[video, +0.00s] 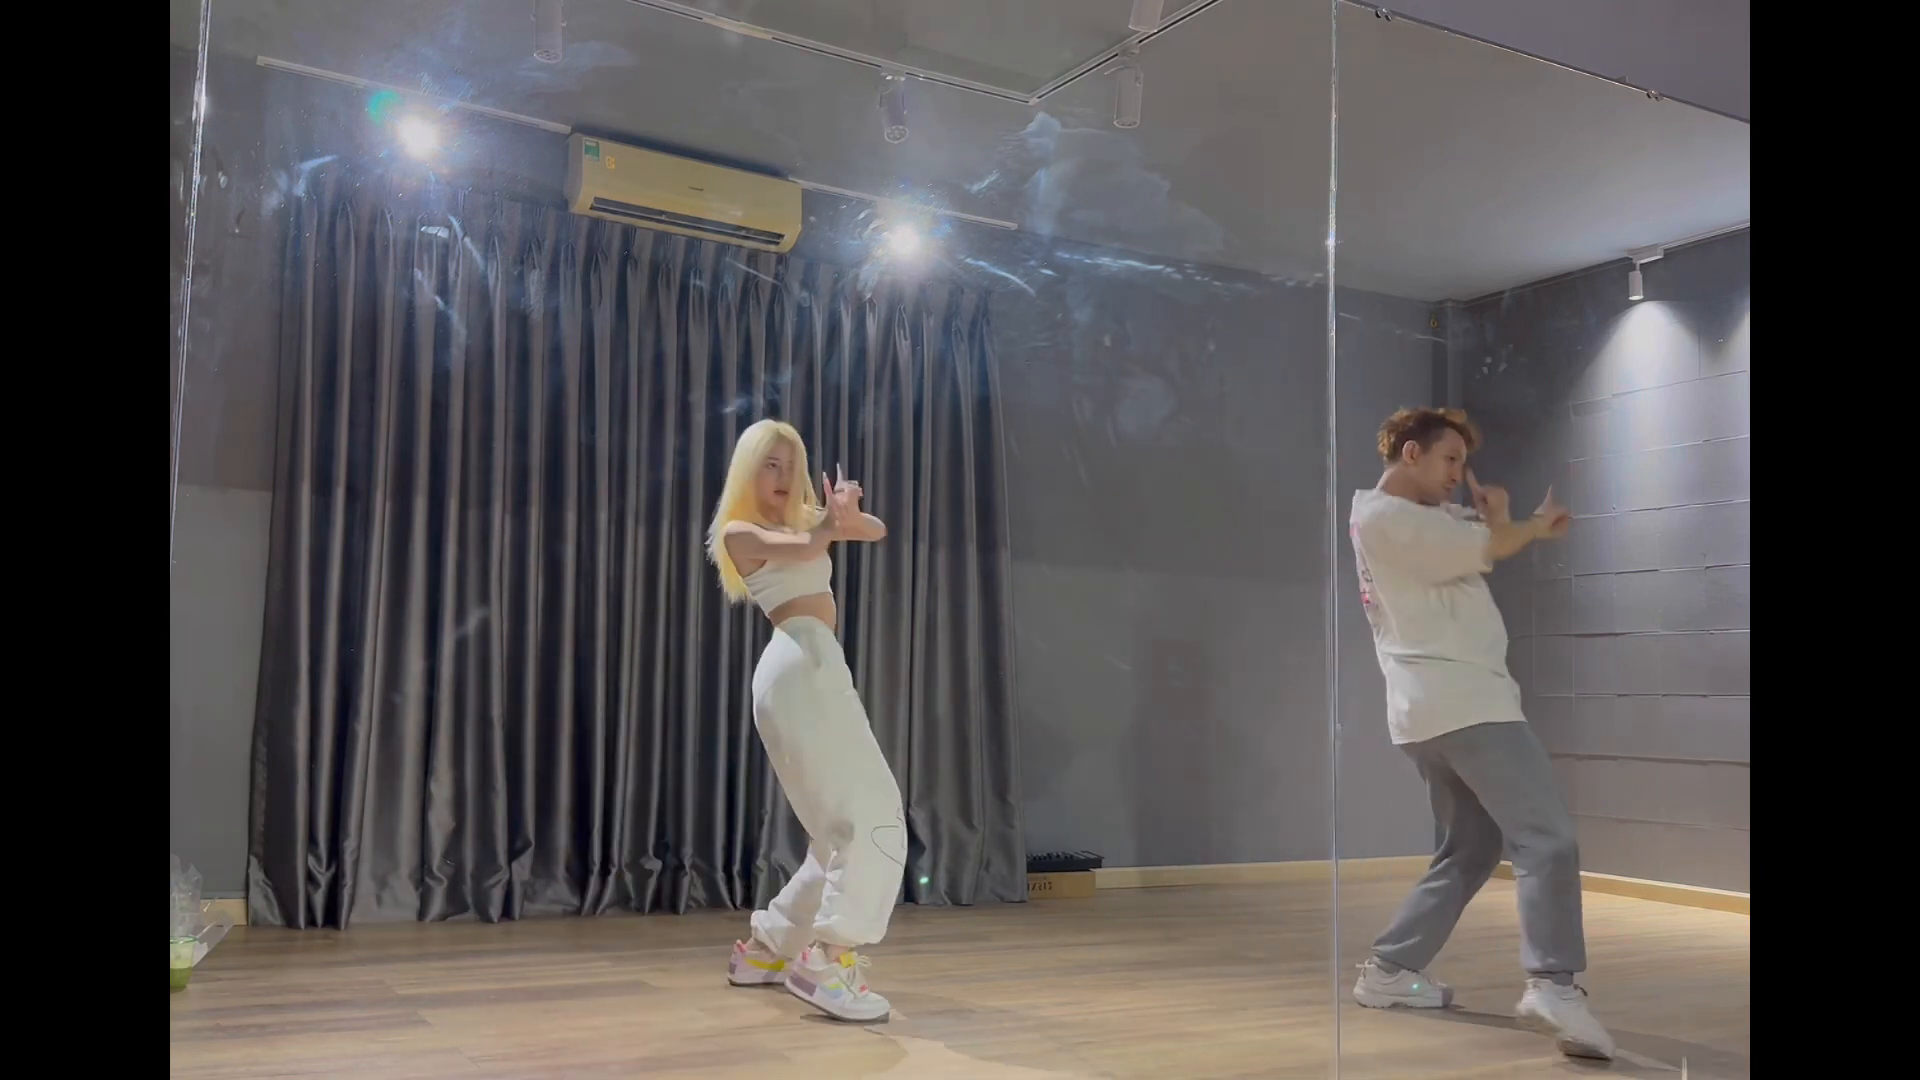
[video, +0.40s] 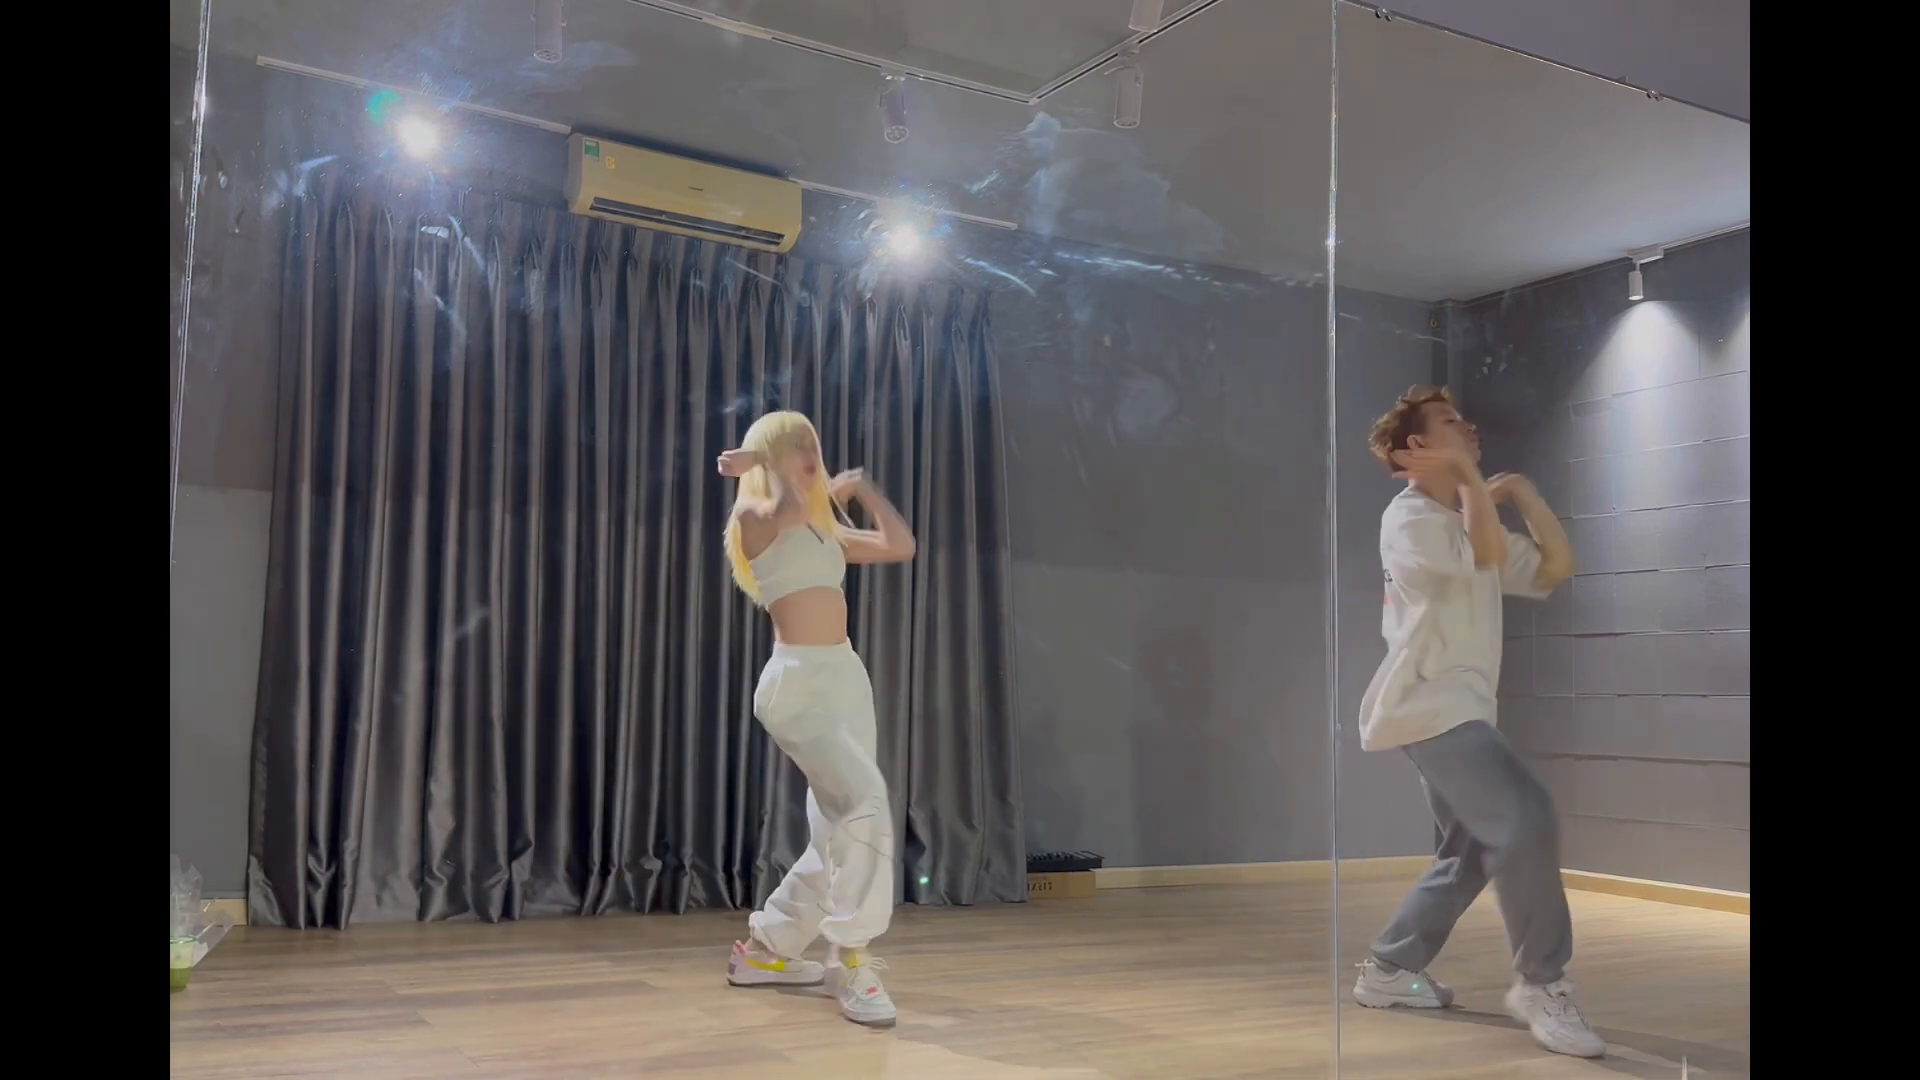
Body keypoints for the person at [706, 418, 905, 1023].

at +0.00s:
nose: (782, 476)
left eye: (791, 468)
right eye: (771, 464)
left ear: (800, 478)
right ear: (747, 469)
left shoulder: (805, 524)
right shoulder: (737, 532)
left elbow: (875, 532)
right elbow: (804, 547)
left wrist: (844, 513)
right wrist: (834, 521)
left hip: (801, 679)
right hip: (803, 678)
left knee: (842, 831)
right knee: (879, 816)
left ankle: (764, 948)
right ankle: (826, 961)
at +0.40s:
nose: (814, 464)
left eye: (816, 453)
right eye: (802, 453)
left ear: (818, 463)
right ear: (770, 464)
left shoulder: (822, 528)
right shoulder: (750, 526)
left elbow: (900, 545)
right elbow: (790, 505)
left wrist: (867, 488)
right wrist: (757, 461)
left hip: (849, 685)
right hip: (797, 688)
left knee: (838, 833)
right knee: (868, 810)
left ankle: (764, 949)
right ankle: (852, 961)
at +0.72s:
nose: (820, 462)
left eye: (826, 455)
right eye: (807, 452)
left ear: (832, 466)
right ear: (779, 461)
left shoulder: (824, 517)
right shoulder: (772, 517)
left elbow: (878, 458)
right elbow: (711, 449)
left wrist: (844, 401)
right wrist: (763, 400)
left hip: (823, 677)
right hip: (810, 675)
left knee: (835, 826)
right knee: (887, 817)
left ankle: (770, 945)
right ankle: (847, 958)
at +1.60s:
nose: (712, 491)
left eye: (722, 487)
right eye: (701, 487)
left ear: (739, 512)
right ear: (684, 513)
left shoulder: (751, 568)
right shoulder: (661, 571)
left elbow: (823, 540)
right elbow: (612, 650)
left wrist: (765, 489)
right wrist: (643, 727)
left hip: (749, 737)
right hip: (669, 738)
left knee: (822, 842)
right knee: (607, 843)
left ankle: (770, 946)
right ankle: (586, 955)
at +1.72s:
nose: (719, 486)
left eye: (730, 486)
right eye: (708, 483)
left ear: (743, 520)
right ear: (687, 509)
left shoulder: (748, 570)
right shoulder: (648, 565)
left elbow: (831, 580)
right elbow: (603, 635)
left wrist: (785, 515)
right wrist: (646, 710)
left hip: (750, 729)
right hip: (674, 732)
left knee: (800, 850)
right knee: (615, 835)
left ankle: (790, 945)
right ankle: (588, 953)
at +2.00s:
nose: (734, 484)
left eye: (746, 473)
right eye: (722, 473)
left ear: (764, 480)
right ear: (701, 478)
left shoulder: (774, 540)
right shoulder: (693, 542)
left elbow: (736, 579)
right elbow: (621, 575)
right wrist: (598, 518)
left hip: (735, 692)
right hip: (674, 690)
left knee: (736, 833)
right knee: (598, 815)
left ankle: (818, 929)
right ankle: (637, 950)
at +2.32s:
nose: (700, 409)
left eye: (714, 404)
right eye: (689, 399)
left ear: (727, 428)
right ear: (665, 417)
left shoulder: (725, 480)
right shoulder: (651, 488)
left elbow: (740, 537)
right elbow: (600, 544)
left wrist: (672, 504)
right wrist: (577, 497)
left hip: (691, 654)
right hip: (633, 652)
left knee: (632, 800)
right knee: (617, 802)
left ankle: (725, 905)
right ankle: (639, 951)